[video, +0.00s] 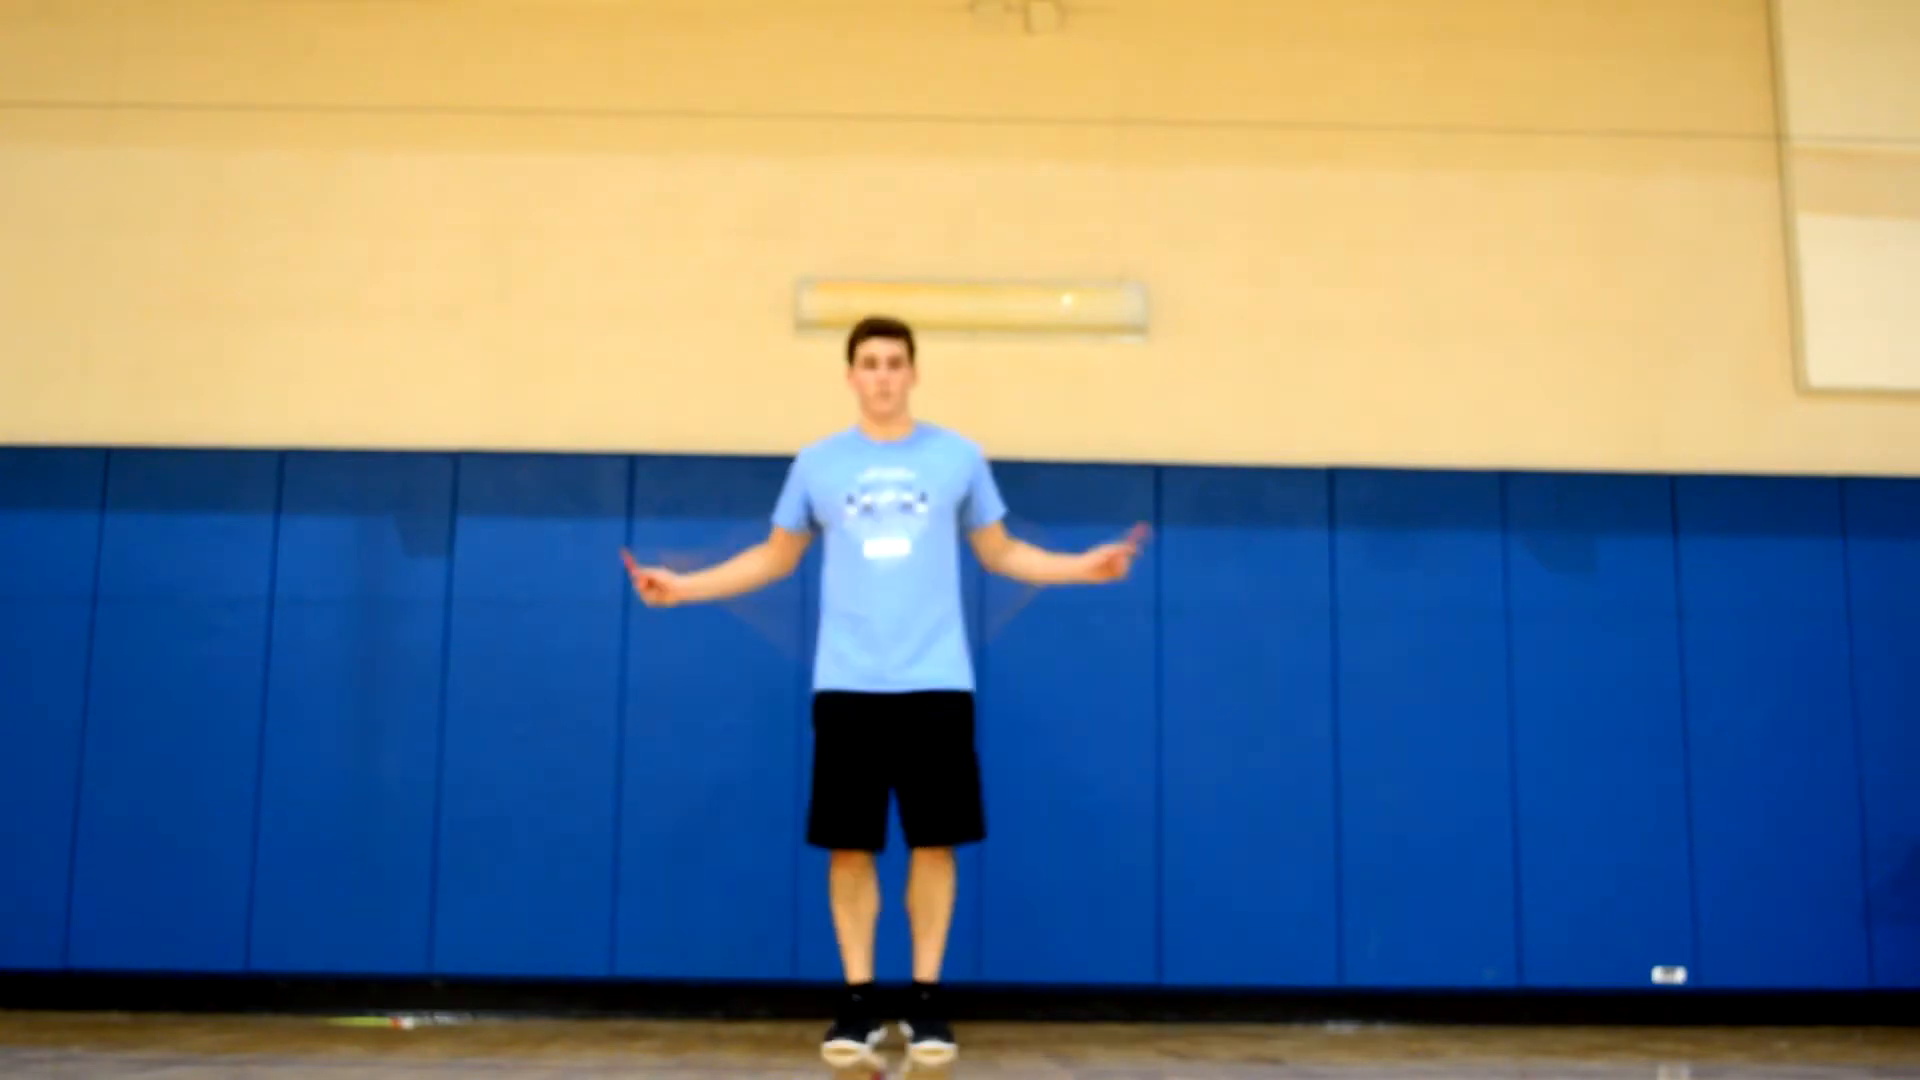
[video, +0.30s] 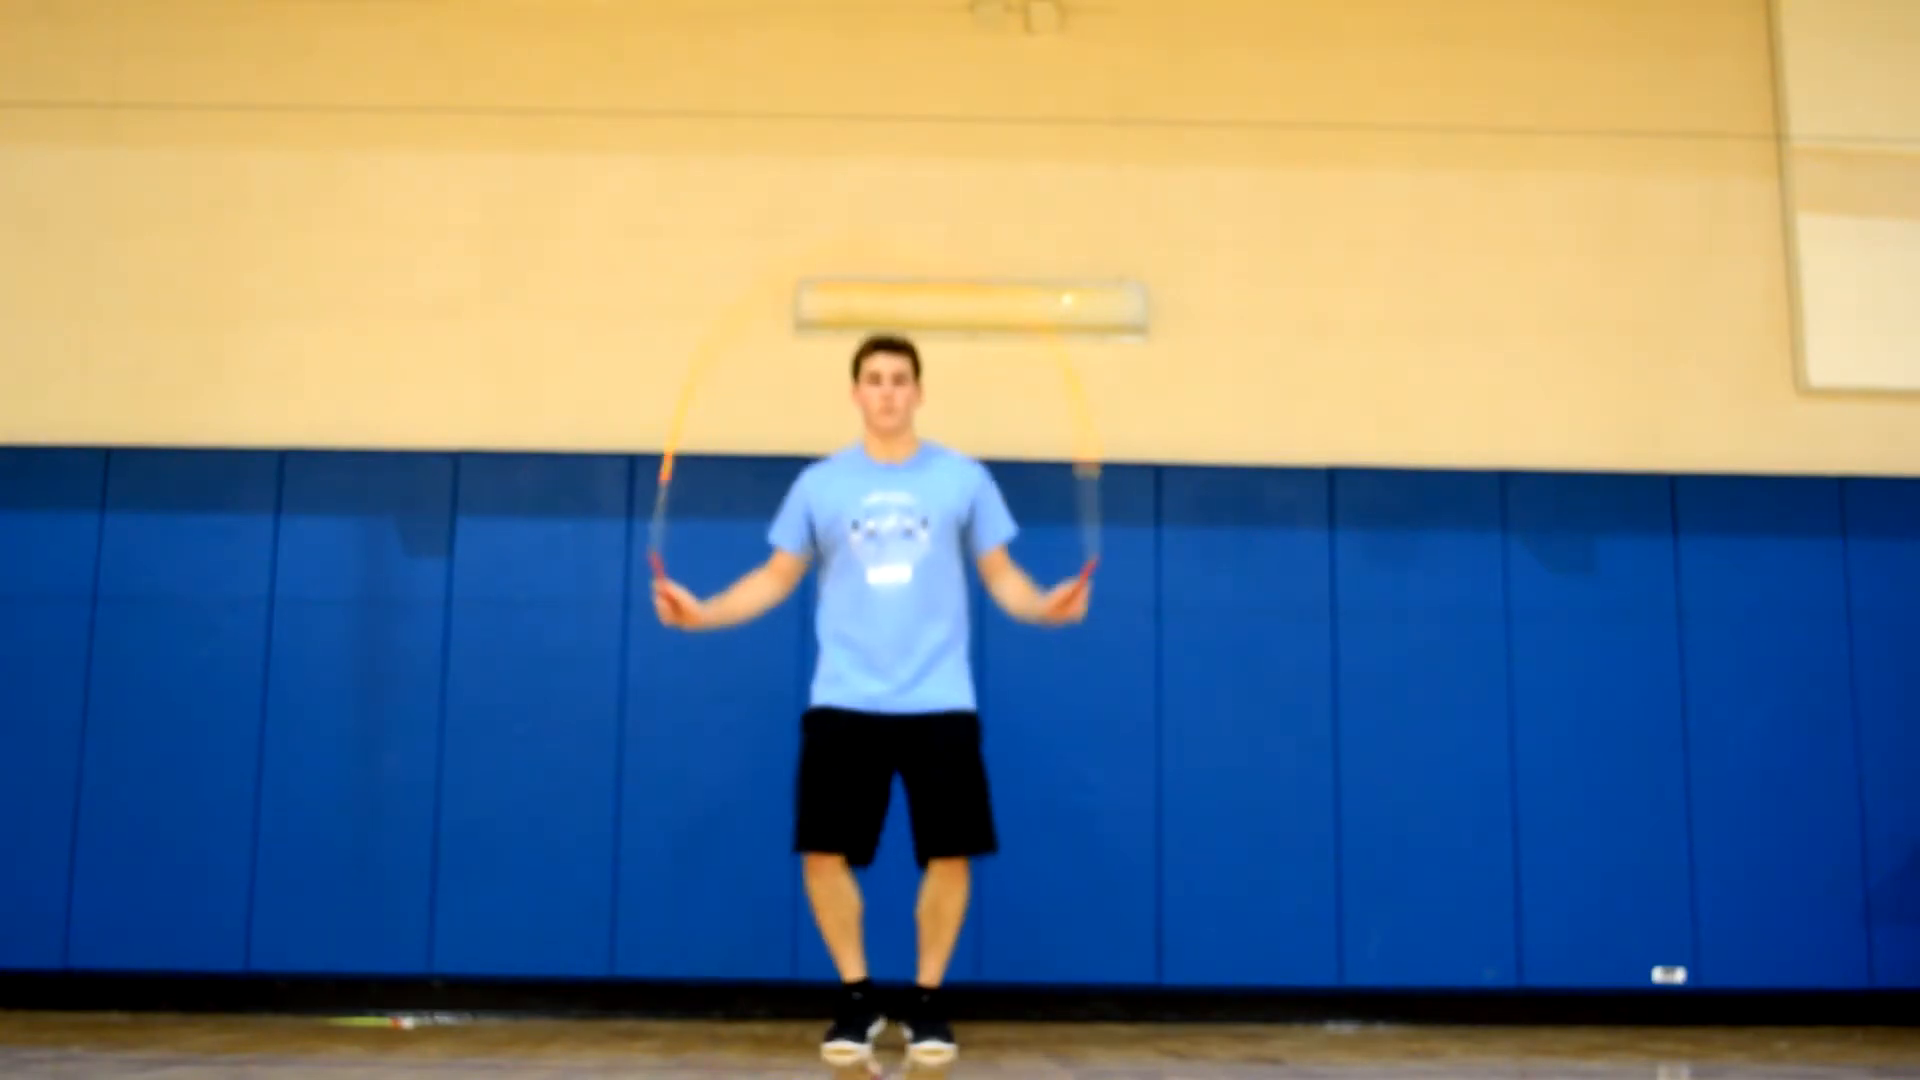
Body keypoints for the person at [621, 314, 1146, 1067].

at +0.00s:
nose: (882, 377)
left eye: (894, 364)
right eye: (869, 365)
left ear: (914, 374)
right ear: (850, 376)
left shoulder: (956, 458)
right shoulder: (819, 462)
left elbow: (1001, 552)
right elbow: (776, 555)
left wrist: (1082, 567)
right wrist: (684, 587)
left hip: (936, 681)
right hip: (848, 682)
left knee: (933, 845)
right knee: (850, 847)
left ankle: (925, 1006)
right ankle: (859, 1007)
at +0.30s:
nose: (888, 393)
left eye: (900, 381)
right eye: (875, 381)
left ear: (919, 392)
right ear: (854, 393)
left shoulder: (962, 478)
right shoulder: (820, 484)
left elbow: (1002, 575)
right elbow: (777, 577)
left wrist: (1043, 607)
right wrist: (703, 613)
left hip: (939, 700)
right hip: (844, 700)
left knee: (949, 853)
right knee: (823, 852)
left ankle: (925, 1007)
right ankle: (858, 1002)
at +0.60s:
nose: (890, 370)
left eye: (902, 358)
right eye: (878, 357)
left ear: (922, 368)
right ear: (858, 368)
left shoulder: (961, 458)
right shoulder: (825, 457)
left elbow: (989, 558)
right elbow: (789, 556)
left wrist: (1027, 634)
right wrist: (737, 634)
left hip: (934, 682)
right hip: (843, 681)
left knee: (935, 832)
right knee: (838, 832)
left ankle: (926, 993)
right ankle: (855, 990)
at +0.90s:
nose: (891, 338)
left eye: (904, 326)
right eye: (879, 326)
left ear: (922, 336)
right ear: (858, 335)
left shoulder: (960, 425)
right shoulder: (822, 423)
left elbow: (983, 535)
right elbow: (794, 532)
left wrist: (1024, 623)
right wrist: (745, 625)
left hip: (932, 639)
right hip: (847, 637)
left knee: (919, 806)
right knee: (852, 806)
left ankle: (907, 973)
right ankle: (861, 972)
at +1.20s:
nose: (889, 391)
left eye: (901, 378)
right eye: (876, 377)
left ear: (920, 389)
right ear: (855, 387)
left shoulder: (960, 481)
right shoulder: (819, 479)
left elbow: (977, 585)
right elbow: (791, 582)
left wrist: (1006, 650)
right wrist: (736, 649)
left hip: (933, 703)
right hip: (843, 700)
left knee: (929, 858)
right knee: (836, 854)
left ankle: (901, 1004)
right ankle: (857, 1005)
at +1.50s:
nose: (887, 361)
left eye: (900, 348)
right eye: (874, 347)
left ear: (919, 357)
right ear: (854, 355)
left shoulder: (957, 443)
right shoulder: (819, 442)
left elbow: (980, 548)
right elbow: (789, 546)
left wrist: (1008, 629)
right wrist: (749, 624)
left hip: (931, 664)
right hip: (845, 664)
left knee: (922, 822)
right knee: (849, 821)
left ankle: (905, 985)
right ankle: (857, 987)